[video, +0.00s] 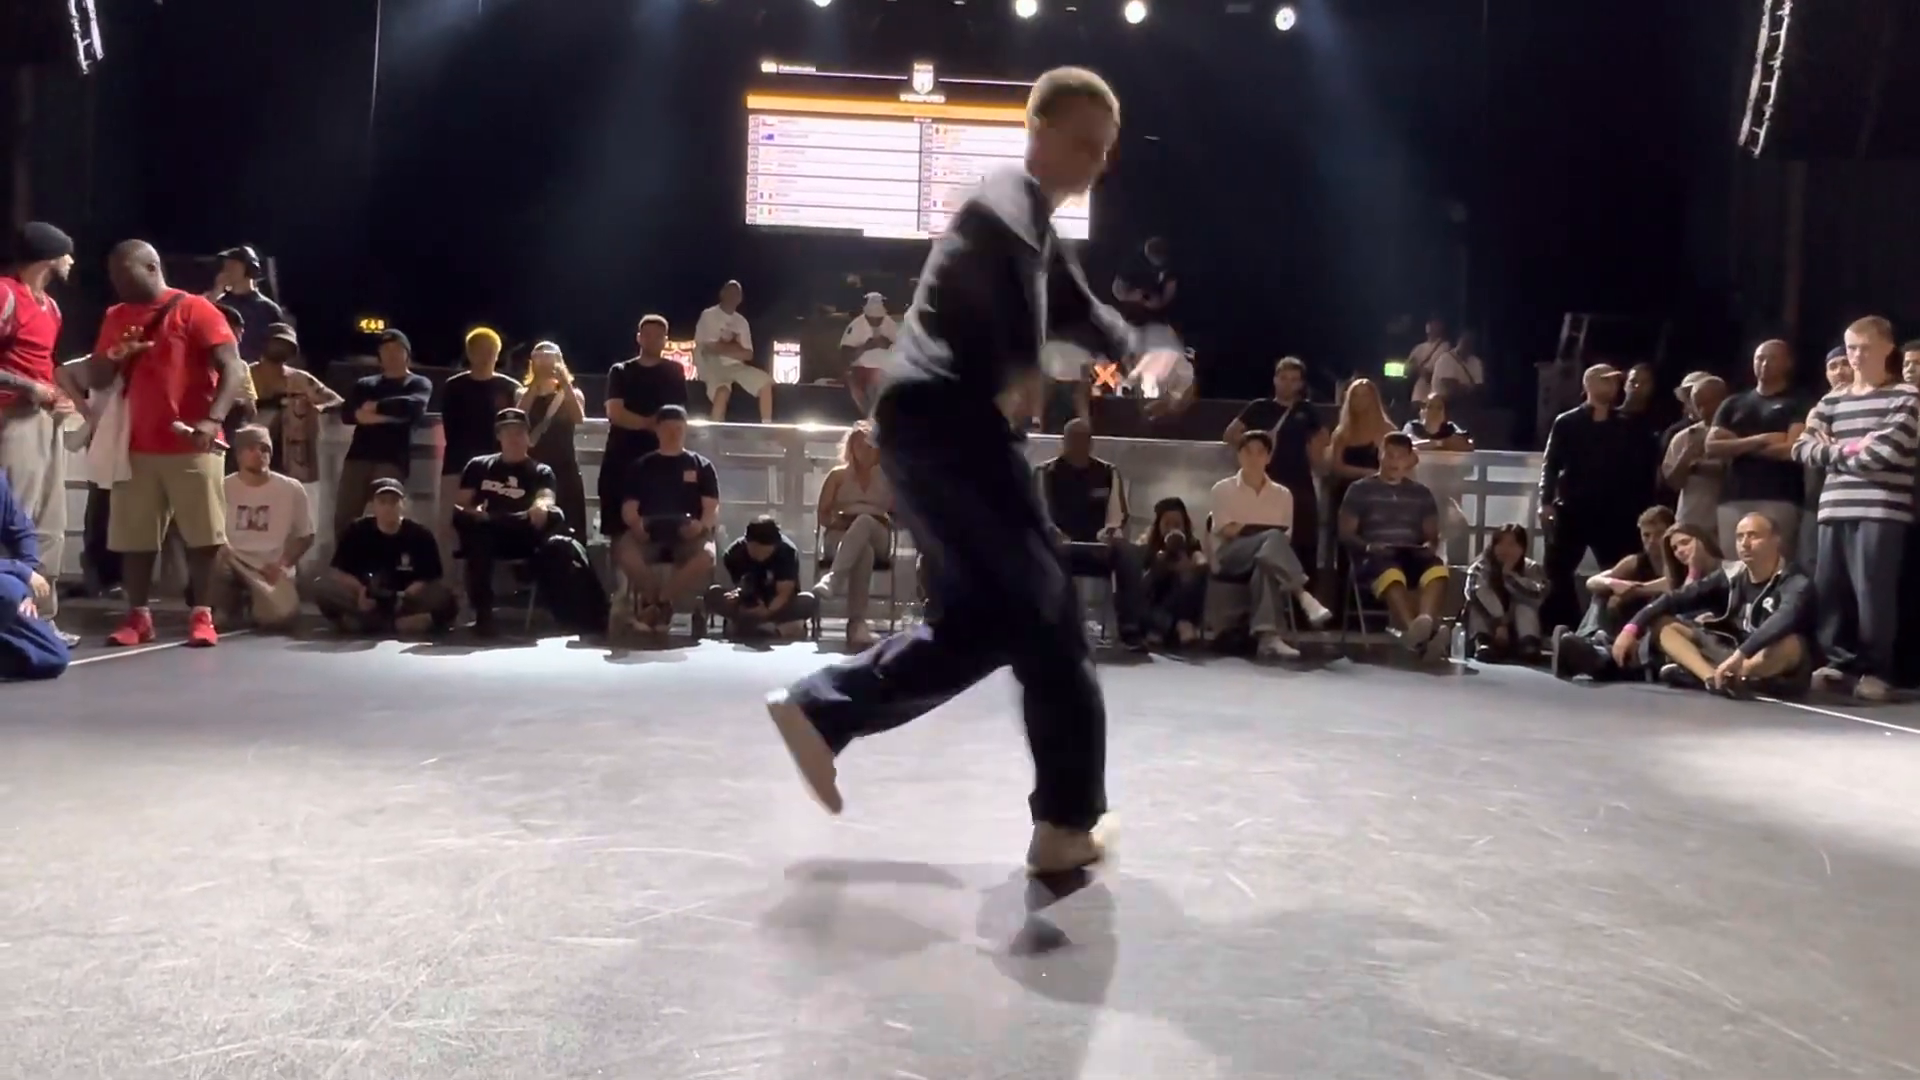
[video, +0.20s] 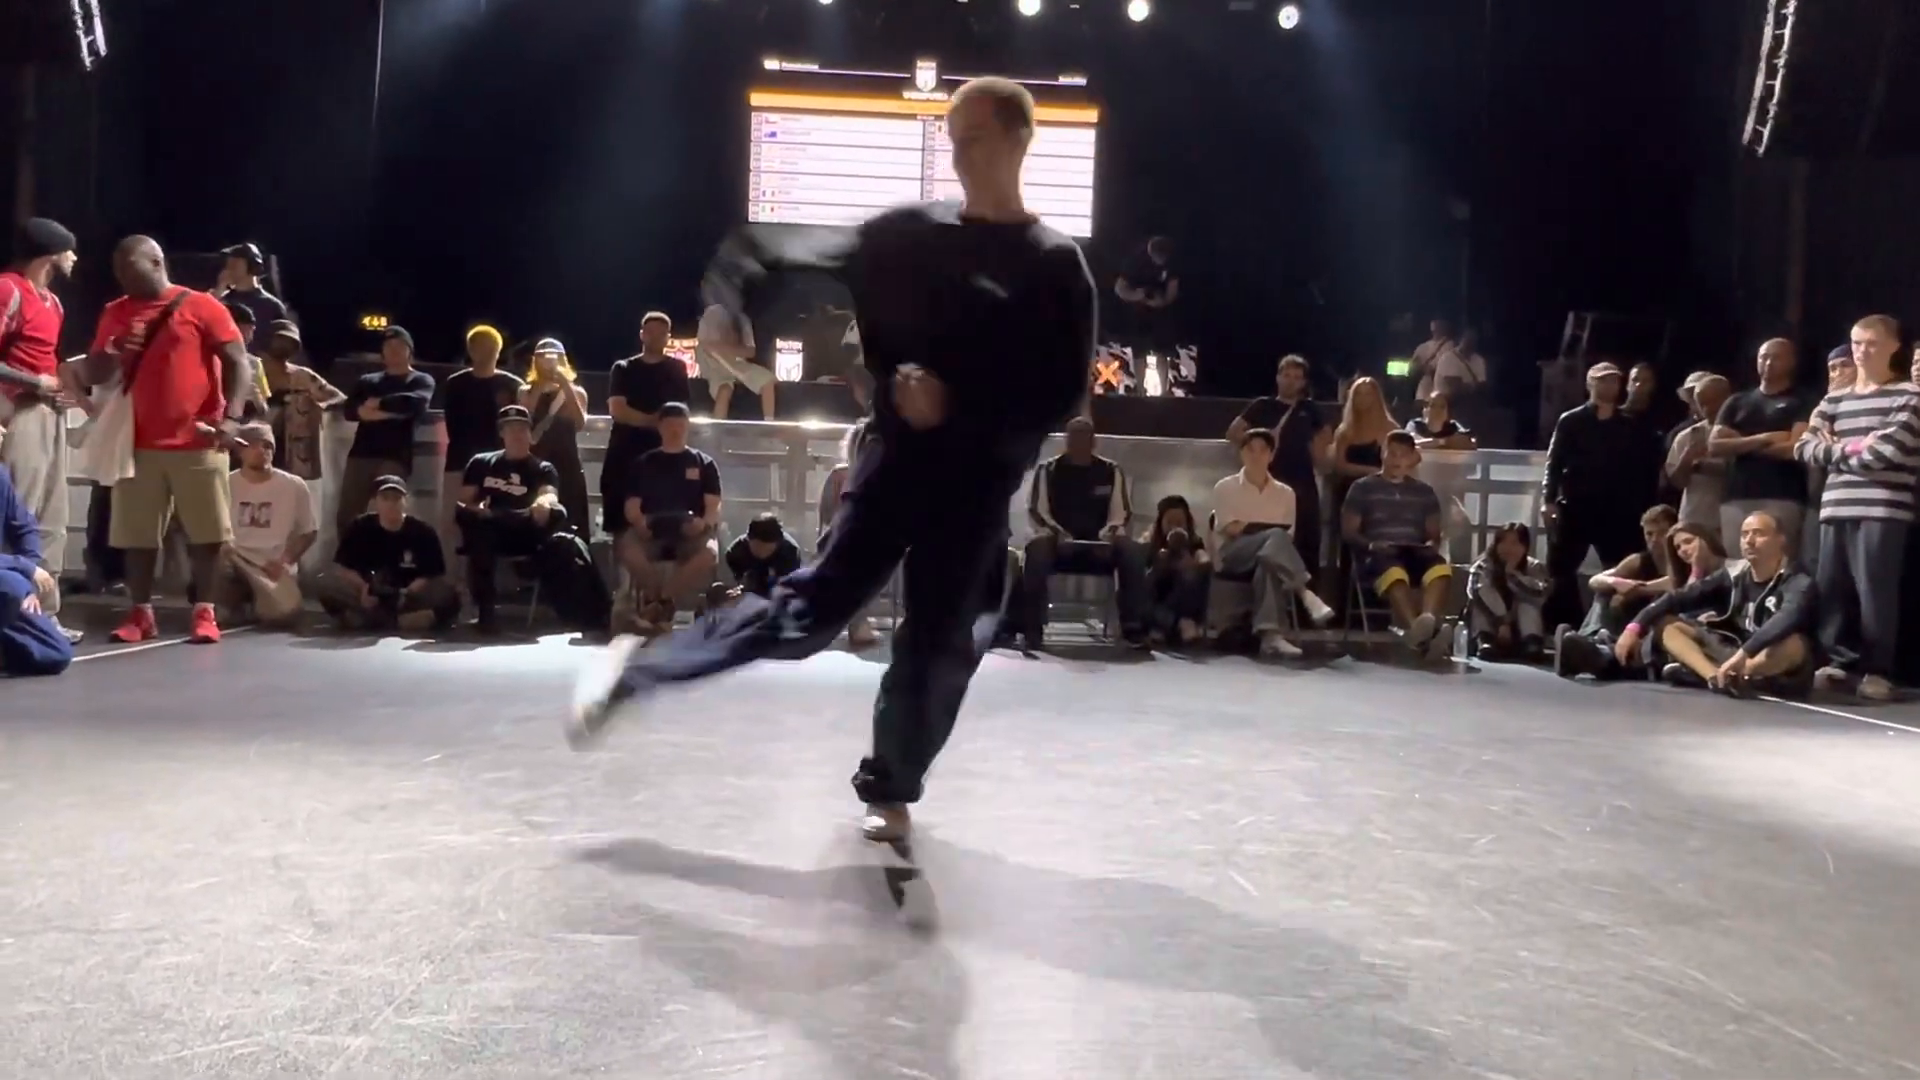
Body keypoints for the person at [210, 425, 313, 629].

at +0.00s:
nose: (259, 454)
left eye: (265, 449)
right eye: (252, 449)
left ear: (270, 454)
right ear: (238, 454)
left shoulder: (292, 488)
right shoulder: (224, 487)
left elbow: (306, 535)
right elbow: (212, 527)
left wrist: (281, 565)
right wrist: (222, 550)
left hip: (272, 568)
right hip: (234, 563)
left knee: (280, 616)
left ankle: (253, 605)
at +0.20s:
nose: (262, 452)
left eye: (268, 446)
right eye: (255, 445)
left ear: (273, 451)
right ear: (240, 449)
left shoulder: (294, 486)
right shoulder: (226, 483)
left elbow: (308, 530)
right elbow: (215, 524)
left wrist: (283, 562)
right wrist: (224, 548)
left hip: (273, 565)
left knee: (284, 612)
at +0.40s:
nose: (266, 447)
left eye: (271, 441)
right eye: (258, 440)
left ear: (276, 446)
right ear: (244, 445)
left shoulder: (297, 483)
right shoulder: (228, 480)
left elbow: (311, 528)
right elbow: (216, 519)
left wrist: (287, 558)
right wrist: (226, 546)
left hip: (276, 563)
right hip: (238, 559)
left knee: (289, 608)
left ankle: (250, 604)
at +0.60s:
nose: (268, 444)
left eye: (273, 438)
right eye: (261, 437)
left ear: (278, 444)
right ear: (246, 441)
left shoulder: (299, 480)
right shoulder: (229, 477)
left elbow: (311, 526)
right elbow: (218, 521)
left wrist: (291, 556)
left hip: (278, 561)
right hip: (239, 555)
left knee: (292, 604)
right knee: (226, 542)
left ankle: (252, 602)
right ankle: (219, 604)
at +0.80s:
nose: (269, 441)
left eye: (274, 435)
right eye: (262, 435)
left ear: (279, 441)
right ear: (248, 440)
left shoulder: (300, 477)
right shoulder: (230, 474)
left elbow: (312, 522)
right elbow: (217, 515)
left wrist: (293, 552)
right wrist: (226, 537)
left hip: (279, 557)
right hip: (240, 551)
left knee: (294, 601)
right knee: (226, 539)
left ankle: (254, 598)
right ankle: (225, 601)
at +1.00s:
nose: (270, 440)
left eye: (275, 434)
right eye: (263, 434)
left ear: (280, 439)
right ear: (249, 439)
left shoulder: (302, 475)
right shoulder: (231, 473)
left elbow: (314, 521)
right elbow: (219, 507)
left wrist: (296, 550)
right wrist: (227, 529)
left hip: (282, 555)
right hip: (242, 550)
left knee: (296, 600)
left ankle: (258, 595)